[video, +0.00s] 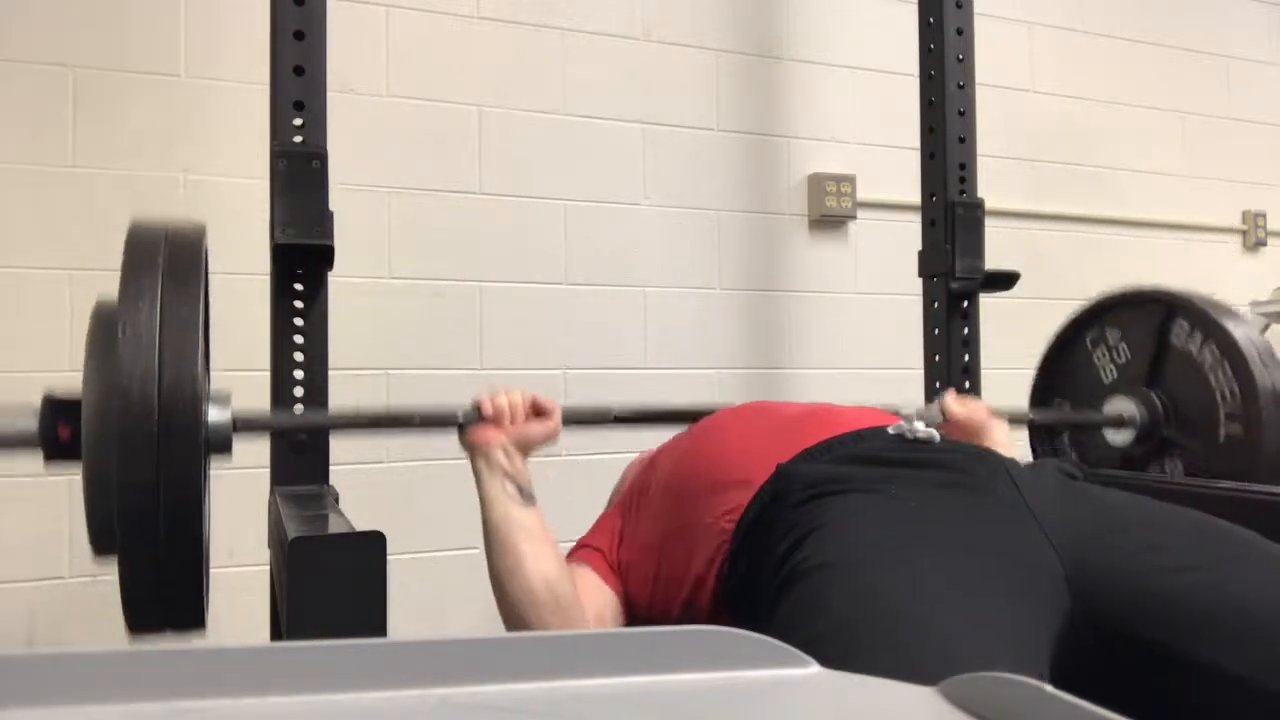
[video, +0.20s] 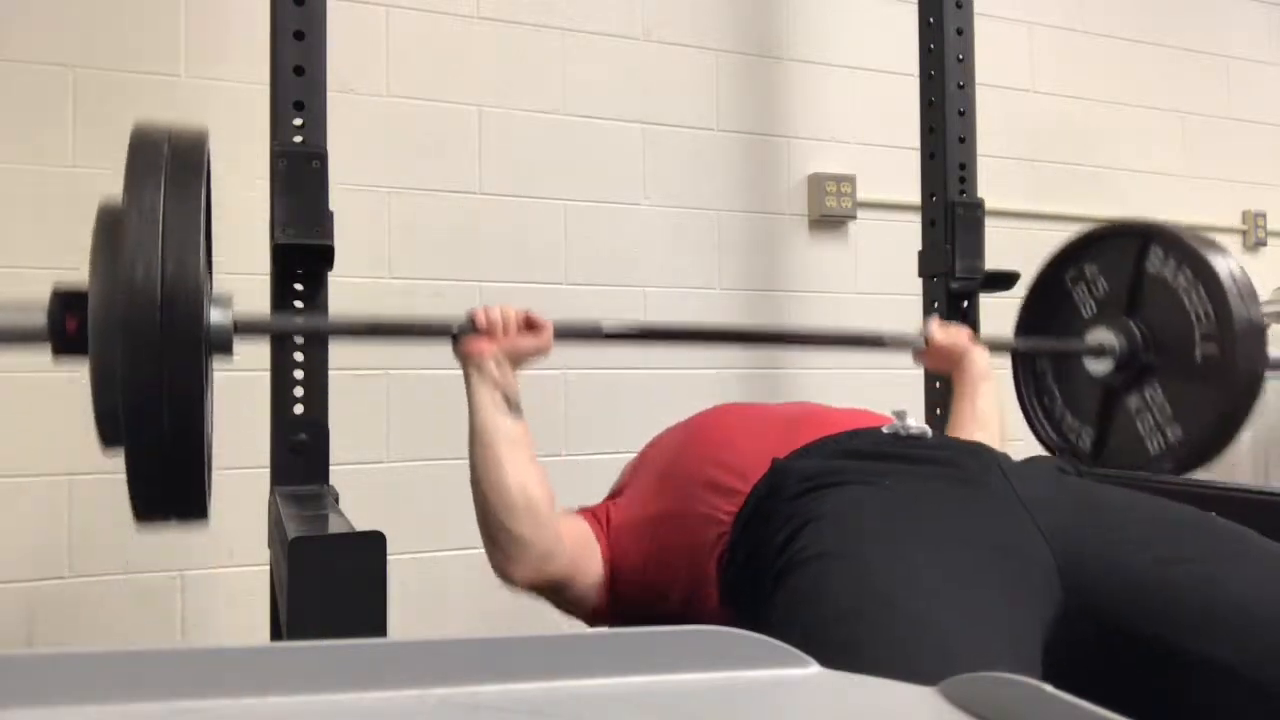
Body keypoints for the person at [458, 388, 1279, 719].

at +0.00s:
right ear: (645, 488)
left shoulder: (870, 422)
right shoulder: (626, 529)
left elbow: (1032, 523)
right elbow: (559, 625)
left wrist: (996, 446)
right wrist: (501, 477)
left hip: (1043, 487)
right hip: (862, 499)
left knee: (1276, 610)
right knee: (939, 690)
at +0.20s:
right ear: (649, 496)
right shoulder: (623, 542)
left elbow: (983, 472)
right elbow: (526, 546)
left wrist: (978, 365)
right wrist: (488, 381)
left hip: (1044, 487)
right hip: (856, 506)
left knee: (1274, 621)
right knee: (929, 696)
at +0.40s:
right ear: (615, 507)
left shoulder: (844, 434)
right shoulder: (611, 538)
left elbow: (946, 439)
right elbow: (514, 471)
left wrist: (955, 313)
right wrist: (480, 310)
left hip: (1028, 486)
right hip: (852, 504)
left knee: (1273, 613)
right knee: (931, 705)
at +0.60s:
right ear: (623, 490)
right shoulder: (609, 532)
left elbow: (925, 425)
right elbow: (521, 432)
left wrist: (950, 288)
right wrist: (480, 270)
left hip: (1010, 480)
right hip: (842, 498)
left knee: (1276, 614)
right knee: (928, 689)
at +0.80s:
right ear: (648, 492)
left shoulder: (865, 440)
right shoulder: (620, 539)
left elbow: (970, 470)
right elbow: (519, 531)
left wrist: (962, 355)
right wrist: (484, 363)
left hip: (1038, 487)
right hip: (852, 507)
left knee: (1271, 617)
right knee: (940, 687)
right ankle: (982, 696)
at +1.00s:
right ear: (650, 479)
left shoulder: (874, 420)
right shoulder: (630, 521)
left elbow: (1027, 520)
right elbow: (547, 616)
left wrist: (979, 433)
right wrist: (493, 455)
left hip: (1017, 482)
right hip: (852, 499)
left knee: (1275, 608)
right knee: (935, 684)